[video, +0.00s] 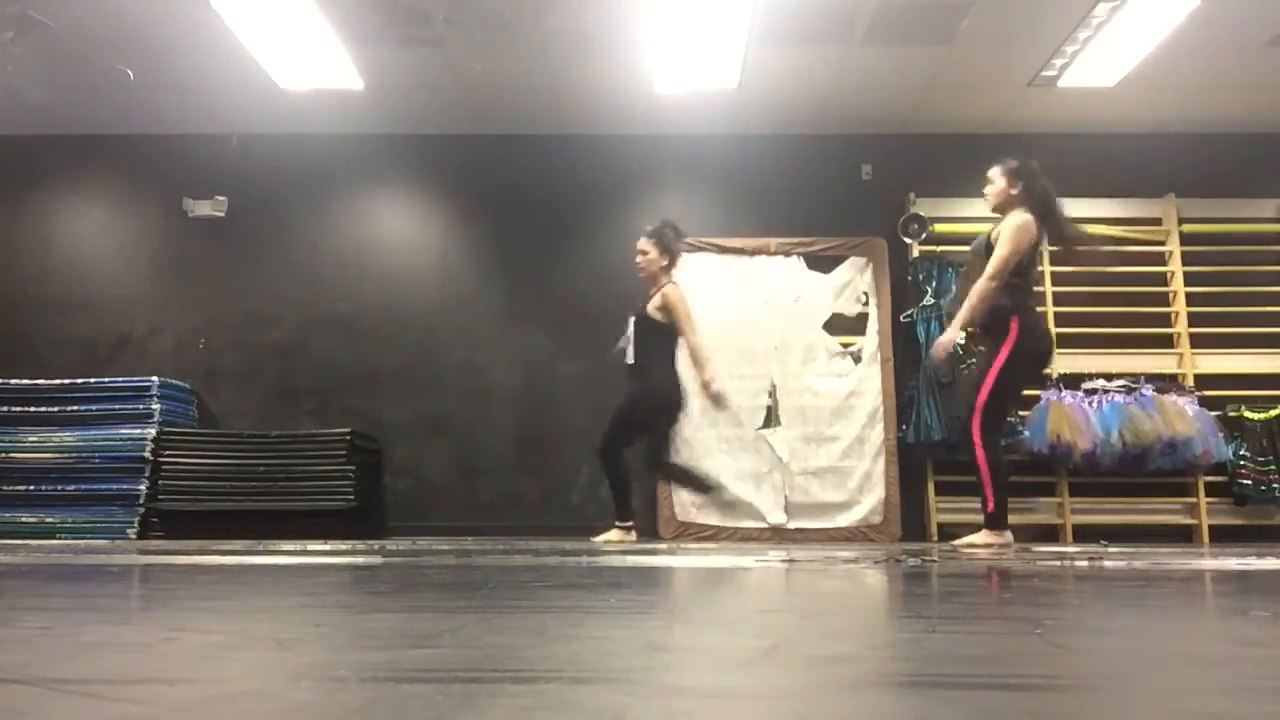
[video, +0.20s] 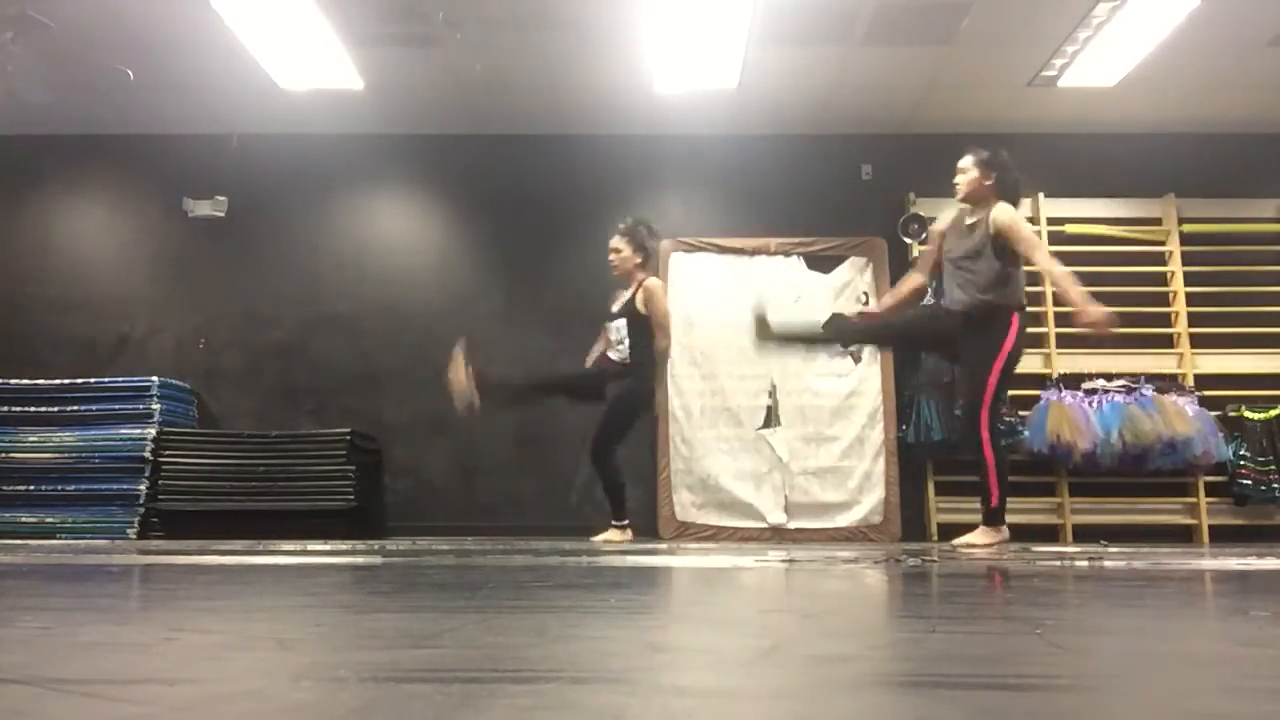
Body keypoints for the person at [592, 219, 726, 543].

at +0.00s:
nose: (637, 260)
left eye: (643, 254)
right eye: (637, 253)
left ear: (664, 259)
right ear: (656, 260)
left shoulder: (670, 294)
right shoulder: (658, 294)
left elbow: (692, 338)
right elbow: (659, 342)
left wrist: (706, 380)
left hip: (655, 391)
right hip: (659, 390)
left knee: (610, 448)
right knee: (657, 462)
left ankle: (624, 525)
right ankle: (719, 493)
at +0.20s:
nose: (611, 259)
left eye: (617, 252)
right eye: (610, 252)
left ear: (639, 256)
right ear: (622, 257)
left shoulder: (652, 287)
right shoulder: (623, 295)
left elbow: (663, 339)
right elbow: (610, 337)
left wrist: (650, 379)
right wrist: (590, 365)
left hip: (638, 380)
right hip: (613, 375)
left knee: (603, 448)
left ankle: (621, 525)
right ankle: (483, 390)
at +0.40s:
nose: (629, 252)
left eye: (634, 247)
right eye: (622, 247)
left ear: (642, 256)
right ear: (610, 256)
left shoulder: (654, 294)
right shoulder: (594, 292)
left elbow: (659, 339)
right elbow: (561, 331)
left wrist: (643, 373)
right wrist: (542, 366)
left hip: (597, 383)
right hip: (567, 361)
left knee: (604, 451)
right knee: (498, 349)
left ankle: (583, 524)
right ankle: (432, 331)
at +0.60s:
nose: (650, 286)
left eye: (650, 280)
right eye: (643, 279)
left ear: (642, 285)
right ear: (623, 285)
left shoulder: (637, 326)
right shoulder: (600, 309)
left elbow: (606, 355)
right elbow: (550, 316)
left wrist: (592, 381)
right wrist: (504, 335)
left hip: (568, 388)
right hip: (540, 375)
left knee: (589, 446)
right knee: (486, 423)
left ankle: (582, 525)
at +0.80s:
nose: (604, 290)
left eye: (605, 284)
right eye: (597, 283)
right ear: (574, 288)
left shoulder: (588, 331)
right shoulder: (542, 309)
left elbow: (562, 370)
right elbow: (497, 331)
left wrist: (540, 412)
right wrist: (464, 355)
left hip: (547, 399)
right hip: (511, 394)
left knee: (580, 449)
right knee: (479, 453)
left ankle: (581, 526)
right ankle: (461, 527)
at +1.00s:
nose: (499, 259)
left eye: (508, 255)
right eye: (498, 253)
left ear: (528, 265)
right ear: (496, 259)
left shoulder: (537, 308)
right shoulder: (486, 293)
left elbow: (545, 359)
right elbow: (475, 339)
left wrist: (542, 403)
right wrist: (467, 377)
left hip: (516, 386)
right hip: (483, 386)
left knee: (504, 443)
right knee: (456, 448)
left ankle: (552, 505)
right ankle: (459, 526)